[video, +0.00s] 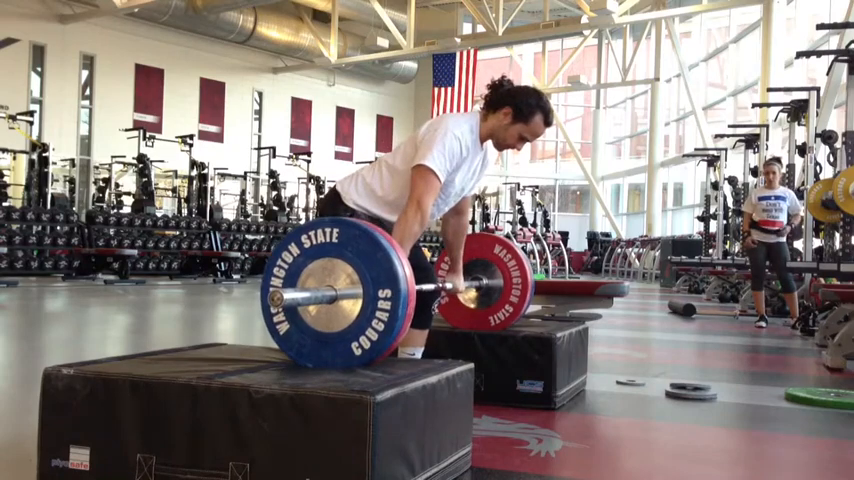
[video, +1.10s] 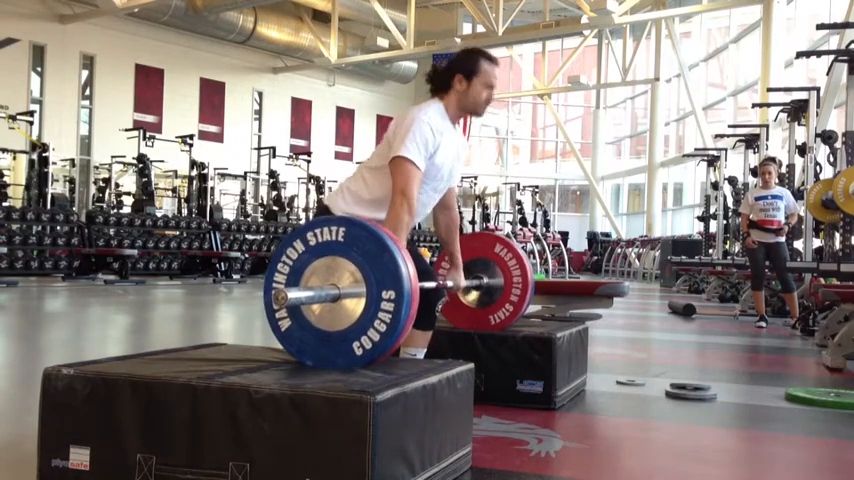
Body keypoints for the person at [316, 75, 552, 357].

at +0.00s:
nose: (520, 147)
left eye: (527, 142)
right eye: (522, 137)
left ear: (507, 116)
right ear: (505, 115)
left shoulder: (481, 153)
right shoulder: (450, 132)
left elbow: (457, 215)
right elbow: (417, 207)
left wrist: (456, 272)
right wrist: (388, 270)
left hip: (389, 223)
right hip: (350, 210)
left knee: (425, 289)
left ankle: (406, 384)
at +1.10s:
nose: (492, 96)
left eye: (493, 89)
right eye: (488, 87)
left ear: (467, 86)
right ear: (460, 82)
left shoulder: (455, 140)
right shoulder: (421, 121)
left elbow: (446, 208)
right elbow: (403, 199)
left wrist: (456, 264)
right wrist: (386, 269)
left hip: (384, 228)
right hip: (343, 219)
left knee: (427, 289)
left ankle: (405, 384)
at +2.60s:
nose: (473, 40)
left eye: (468, 34)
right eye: (463, 35)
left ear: (450, 53)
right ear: (443, 52)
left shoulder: (457, 108)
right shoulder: (429, 94)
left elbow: (450, 183)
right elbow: (408, 173)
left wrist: (457, 246)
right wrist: (398, 243)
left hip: (396, 205)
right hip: (361, 200)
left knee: (424, 283)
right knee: (376, 289)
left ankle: (407, 381)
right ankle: (366, 388)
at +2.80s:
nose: (466, 13)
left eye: (461, 7)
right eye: (455, 8)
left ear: (443, 27)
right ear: (436, 26)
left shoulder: (457, 79)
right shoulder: (429, 64)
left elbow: (450, 154)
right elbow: (406, 139)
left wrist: (454, 212)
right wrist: (392, 209)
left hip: (413, 205)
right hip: (385, 202)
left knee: (434, 285)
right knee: (402, 285)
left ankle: (412, 383)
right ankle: (374, 385)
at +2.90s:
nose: (410, 2)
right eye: (398, 1)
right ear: (378, 18)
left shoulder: (419, 62)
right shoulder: (391, 52)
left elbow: (433, 140)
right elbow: (389, 127)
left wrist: (455, 196)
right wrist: (404, 196)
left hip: (442, 201)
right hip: (412, 199)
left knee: (454, 291)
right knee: (409, 295)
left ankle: (417, 374)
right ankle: (376, 380)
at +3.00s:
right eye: (337, 1)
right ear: (334, 20)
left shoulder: (389, 52)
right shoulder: (354, 44)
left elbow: (420, 115)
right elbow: (368, 105)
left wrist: (457, 158)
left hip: (426, 183)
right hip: (390, 182)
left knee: (426, 278)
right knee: (387, 280)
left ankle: (415, 373)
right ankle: (371, 377)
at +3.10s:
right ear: (327, 14)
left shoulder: (383, 43)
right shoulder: (343, 38)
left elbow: (420, 97)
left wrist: (462, 132)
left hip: (419, 181)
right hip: (378, 185)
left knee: (441, 268)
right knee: (387, 277)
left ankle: (423, 372)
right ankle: (369, 378)